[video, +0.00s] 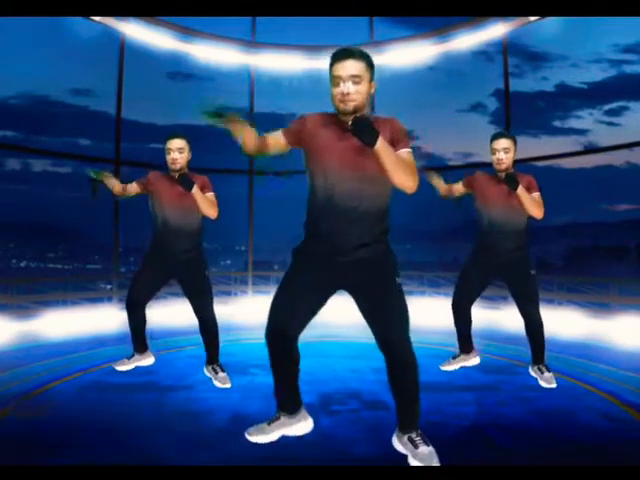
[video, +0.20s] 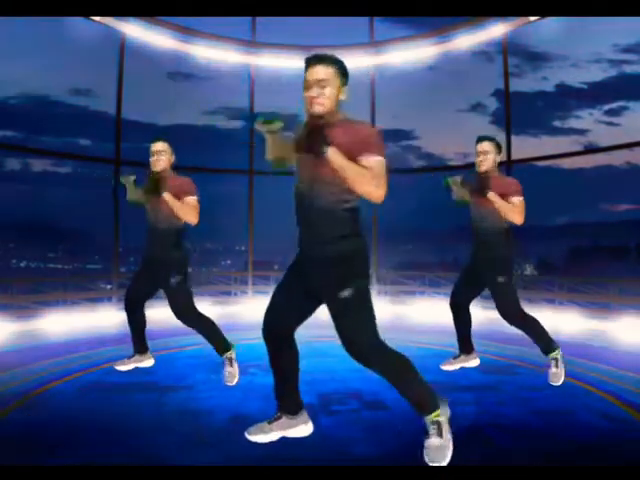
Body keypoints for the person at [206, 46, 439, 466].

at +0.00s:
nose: (345, 89)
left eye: (355, 80)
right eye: (338, 81)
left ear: (371, 85)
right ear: (330, 86)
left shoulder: (389, 130)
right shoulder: (310, 126)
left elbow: (409, 182)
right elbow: (260, 145)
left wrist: (374, 141)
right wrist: (237, 125)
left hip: (370, 258)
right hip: (317, 256)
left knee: (398, 347)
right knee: (280, 331)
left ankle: (409, 433)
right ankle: (291, 413)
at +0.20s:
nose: (315, 93)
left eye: (324, 85)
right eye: (309, 86)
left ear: (342, 91)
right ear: (303, 92)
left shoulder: (362, 134)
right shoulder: (308, 136)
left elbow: (376, 190)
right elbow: (280, 159)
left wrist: (335, 159)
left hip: (345, 259)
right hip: (310, 259)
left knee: (363, 347)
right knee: (275, 329)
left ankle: (434, 412)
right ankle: (291, 414)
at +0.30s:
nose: (296, 98)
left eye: (304, 91)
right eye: (297, 91)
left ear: (328, 94)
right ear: (323, 96)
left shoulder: (330, 131)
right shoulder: (333, 131)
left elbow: (297, 153)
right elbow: (298, 156)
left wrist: (264, 133)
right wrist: (268, 137)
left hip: (336, 262)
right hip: (319, 261)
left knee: (362, 349)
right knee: (277, 325)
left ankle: (437, 414)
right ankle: (291, 414)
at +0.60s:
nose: (292, 96)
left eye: (297, 88)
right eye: (292, 89)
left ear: (321, 87)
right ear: (312, 90)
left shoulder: (353, 122)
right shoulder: (308, 133)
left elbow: (353, 150)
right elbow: (292, 182)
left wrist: (307, 123)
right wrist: (283, 145)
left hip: (350, 253)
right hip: (312, 253)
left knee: (378, 341)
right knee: (282, 330)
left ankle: (432, 417)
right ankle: (292, 416)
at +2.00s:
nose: (333, 93)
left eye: (341, 85)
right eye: (330, 87)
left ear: (366, 88)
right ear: (327, 92)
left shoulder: (393, 129)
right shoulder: (322, 139)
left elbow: (410, 179)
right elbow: (297, 181)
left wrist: (369, 136)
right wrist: (289, 149)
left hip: (379, 258)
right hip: (327, 258)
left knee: (402, 347)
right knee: (288, 330)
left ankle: (405, 422)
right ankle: (277, 408)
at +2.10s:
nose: (333, 94)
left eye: (341, 85)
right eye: (330, 87)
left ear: (367, 88)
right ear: (328, 91)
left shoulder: (394, 132)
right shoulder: (316, 133)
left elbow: (415, 180)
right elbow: (273, 153)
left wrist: (377, 139)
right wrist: (251, 128)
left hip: (377, 261)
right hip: (324, 260)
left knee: (406, 349)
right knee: (288, 331)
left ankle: (407, 424)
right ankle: (286, 408)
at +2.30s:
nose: (312, 94)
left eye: (319, 87)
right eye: (311, 87)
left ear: (344, 90)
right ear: (317, 91)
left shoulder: (371, 132)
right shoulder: (314, 134)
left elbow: (381, 189)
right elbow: (286, 157)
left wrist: (340, 146)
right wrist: (277, 139)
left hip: (354, 261)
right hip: (313, 258)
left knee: (378, 343)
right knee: (282, 327)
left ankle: (419, 421)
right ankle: (288, 410)